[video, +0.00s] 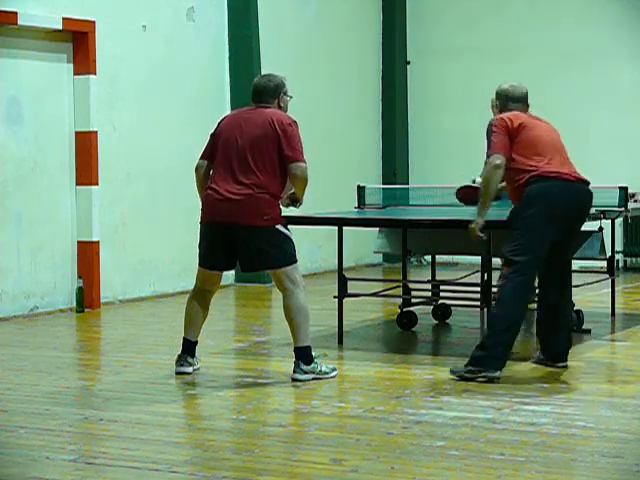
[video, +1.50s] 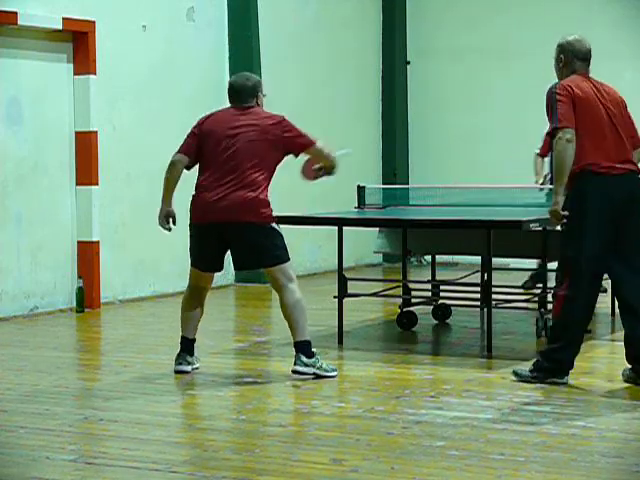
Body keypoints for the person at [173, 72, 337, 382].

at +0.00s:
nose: (289, 103)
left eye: (288, 98)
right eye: (287, 98)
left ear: (255, 99)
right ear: (278, 99)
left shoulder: (228, 120)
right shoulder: (284, 122)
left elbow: (202, 168)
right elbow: (298, 172)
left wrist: (210, 202)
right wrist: (297, 194)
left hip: (215, 214)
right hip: (260, 215)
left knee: (203, 288)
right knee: (292, 286)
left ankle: (186, 356)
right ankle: (304, 361)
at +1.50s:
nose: (265, 99)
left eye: (262, 95)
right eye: (263, 95)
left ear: (229, 98)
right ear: (259, 98)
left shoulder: (208, 123)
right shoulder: (275, 124)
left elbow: (177, 163)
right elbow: (326, 159)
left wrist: (166, 204)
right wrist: (321, 168)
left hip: (206, 216)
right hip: (252, 215)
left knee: (197, 287)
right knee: (286, 283)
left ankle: (185, 354)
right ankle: (305, 355)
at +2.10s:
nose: (215, 89)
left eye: (213, 85)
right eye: (213, 85)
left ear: (183, 89)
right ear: (205, 88)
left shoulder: (162, 121)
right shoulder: (219, 116)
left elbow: (137, 167)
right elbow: (237, 157)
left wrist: (139, 206)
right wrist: (261, 193)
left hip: (173, 218)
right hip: (215, 215)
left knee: (185, 284)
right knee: (245, 278)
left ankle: (184, 355)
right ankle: (246, 354)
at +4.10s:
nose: (232, 95)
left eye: (231, 90)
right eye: (229, 91)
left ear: (198, 96)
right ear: (220, 95)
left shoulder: (177, 123)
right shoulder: (222, 125)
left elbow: (153, 171)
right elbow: (233, 177)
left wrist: (160, 206)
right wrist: (252, 202)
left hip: (161, 223)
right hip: (198, 223)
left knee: (188, 284)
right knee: (244, 280)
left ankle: (181, 356)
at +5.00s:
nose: (329, 116)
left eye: (330, 110)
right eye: (329, 110)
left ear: (300, 104)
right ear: (317, 107)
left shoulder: (269, 122)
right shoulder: (298, 127)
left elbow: (228, 157)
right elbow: (270, 156)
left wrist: (205, 189)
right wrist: (260, 185)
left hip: (237, 221)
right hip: (277, 223)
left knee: (225, 292)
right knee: (325, 282)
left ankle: (190, 355)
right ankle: (328, 361)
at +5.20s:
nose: (334, 105)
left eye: (334, 99)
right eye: (331, 98)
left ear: (308, 99)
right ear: (312, 98)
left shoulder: (279, 121)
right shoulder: (303, 126)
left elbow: (274, 175)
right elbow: (298, 172)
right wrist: (320, 213)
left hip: (245, 223)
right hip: (281, 227)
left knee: (229, 292)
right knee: (331, 281)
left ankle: (191, 356)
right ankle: (327, 361)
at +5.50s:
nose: (332, 81)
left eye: (331, 76)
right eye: (326, 77)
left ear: (311, 84)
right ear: (305, 83)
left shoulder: (308, 113)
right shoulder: (298, 111)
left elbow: (303, 161)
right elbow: (291, 160)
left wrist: (338, 169)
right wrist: (335, 169)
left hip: (276, 217)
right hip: (287, 218)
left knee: (293, 286)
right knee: (331, 281)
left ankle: (232, 331)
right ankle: (327, 361)